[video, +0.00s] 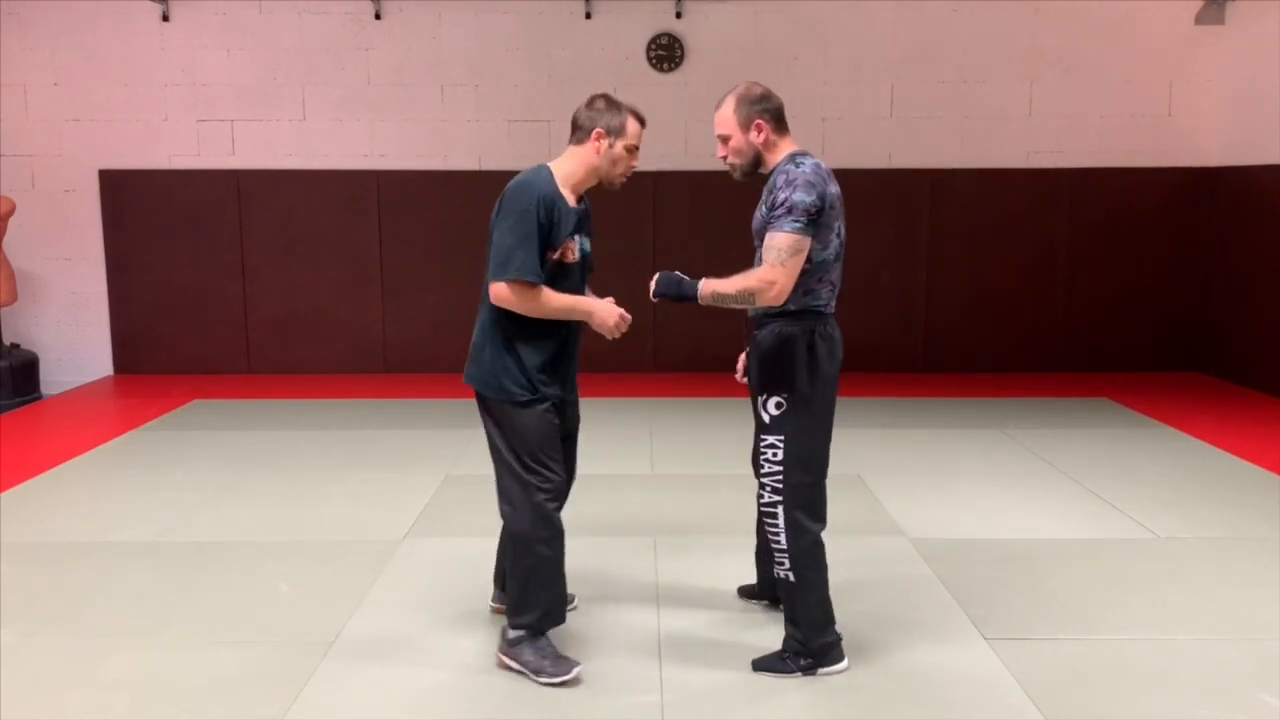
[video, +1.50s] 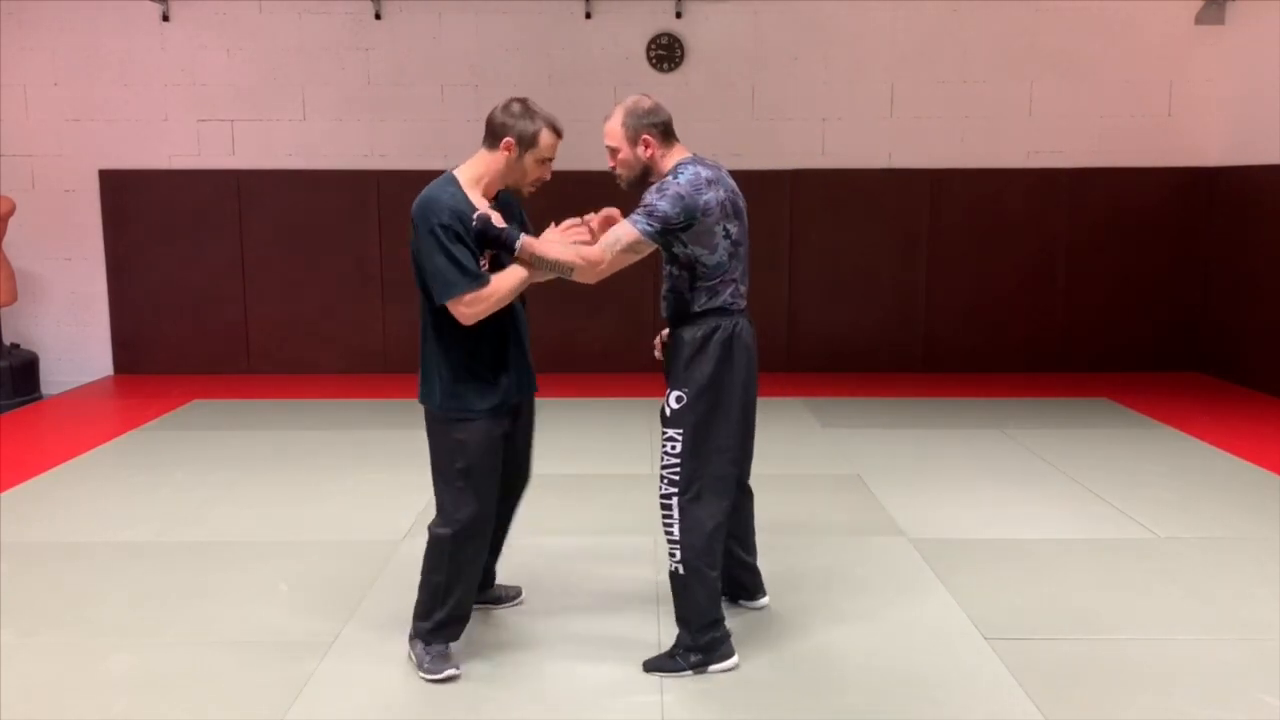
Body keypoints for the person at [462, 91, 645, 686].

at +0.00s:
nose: (635, 162)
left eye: (638, 151)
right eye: (630, 149)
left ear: (597, 144)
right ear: (597, 141)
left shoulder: (577, 203)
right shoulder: (529, 195)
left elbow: (563, 288)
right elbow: (507, 290)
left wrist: (596, 308)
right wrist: (588, 308)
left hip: (552, 375)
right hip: (512, 377)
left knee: (550, 487)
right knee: (537, 497)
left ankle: (515, 587)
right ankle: (524, 634)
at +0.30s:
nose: (583, 149)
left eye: (584, 138)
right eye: (578, 137)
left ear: (542, 134)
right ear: (549, 134)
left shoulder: (516, 194)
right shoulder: (494, 198)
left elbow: (512, 284)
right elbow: (496, 304)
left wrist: (556, 295)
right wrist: (559, 297)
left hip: (515, 381)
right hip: (476, 385)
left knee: (522, 490)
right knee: (464, 510)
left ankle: (516, 587)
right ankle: (439, 630)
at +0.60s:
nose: (548, 150)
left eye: (550, 139)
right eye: (545, 138)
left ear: (509, 130)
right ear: (513, 131)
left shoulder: (484, 187)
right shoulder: (464, 198)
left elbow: (512, 260)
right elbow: (477, 306)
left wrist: (565, 262)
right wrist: (538, 279)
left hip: (492, 378)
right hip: (456, 385)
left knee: (499, 485)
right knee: (452, 509)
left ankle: (480, 579)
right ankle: (437, 633)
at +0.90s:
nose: (541, 164)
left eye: (545, 153)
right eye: (539, 150)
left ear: (512, 136)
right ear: (507, 134)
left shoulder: (488, 189)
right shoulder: (450, 189)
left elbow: (510, 268)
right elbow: (462, 284)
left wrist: (555, 229)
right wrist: (546, 253)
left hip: (478, 369)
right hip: (447, 375)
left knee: (480, 487)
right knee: (460, 497)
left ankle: (470, 586)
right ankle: (440, 627)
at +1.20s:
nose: (544, 173)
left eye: (549, 164)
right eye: (546, 160)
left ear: (514, 141)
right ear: (519, 142)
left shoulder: (477, 188)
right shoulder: (462, 192)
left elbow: (527, 245)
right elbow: (504, 294)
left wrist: (557, 227)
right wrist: (551, 248)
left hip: (472, 372)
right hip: (447, 377)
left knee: (475, 488)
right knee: (444, 505)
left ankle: (469, 582)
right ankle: (431, 634)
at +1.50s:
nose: (545, 175)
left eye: (549, 164)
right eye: (543, 162)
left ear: (510, 150)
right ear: (507, 148)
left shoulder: (504, 200)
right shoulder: (438, 209)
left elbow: (521, 271)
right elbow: (467, 306)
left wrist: (576, 244)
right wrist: (535, 252)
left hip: (507, 382)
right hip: (460, 392)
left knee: (507, 489)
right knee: (462, 515)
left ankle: (476, 581)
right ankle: (431, 634)